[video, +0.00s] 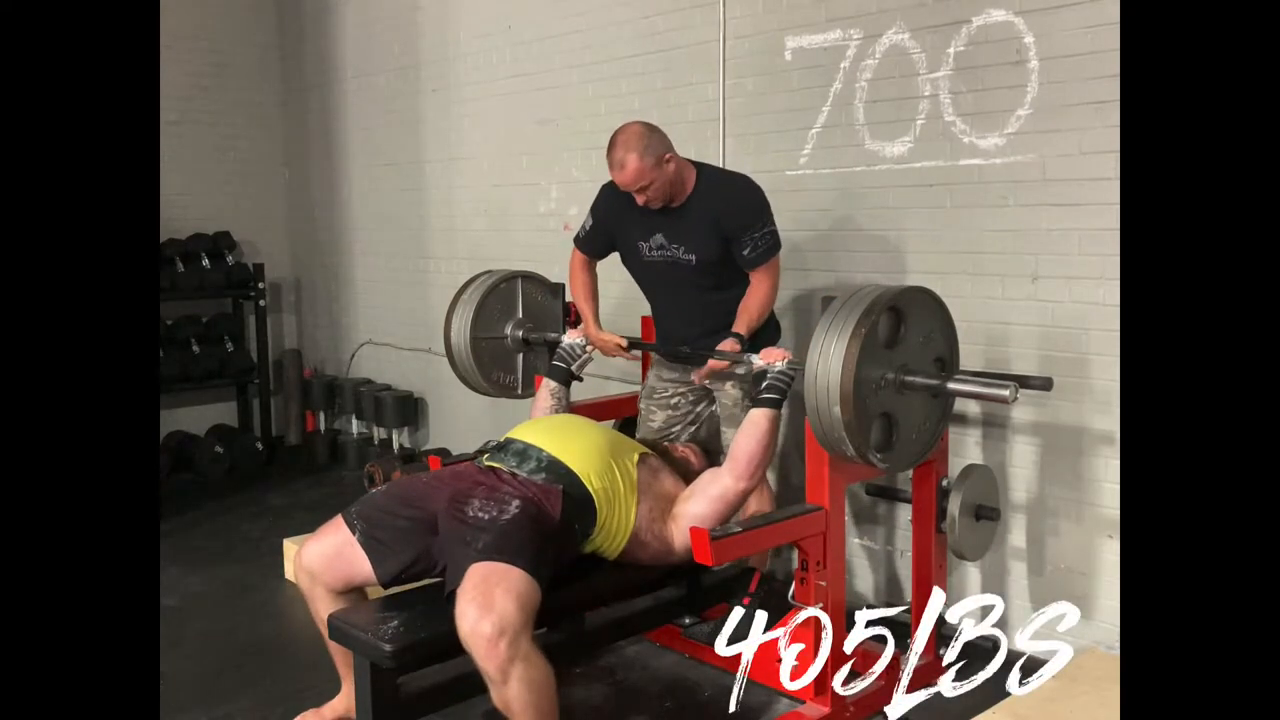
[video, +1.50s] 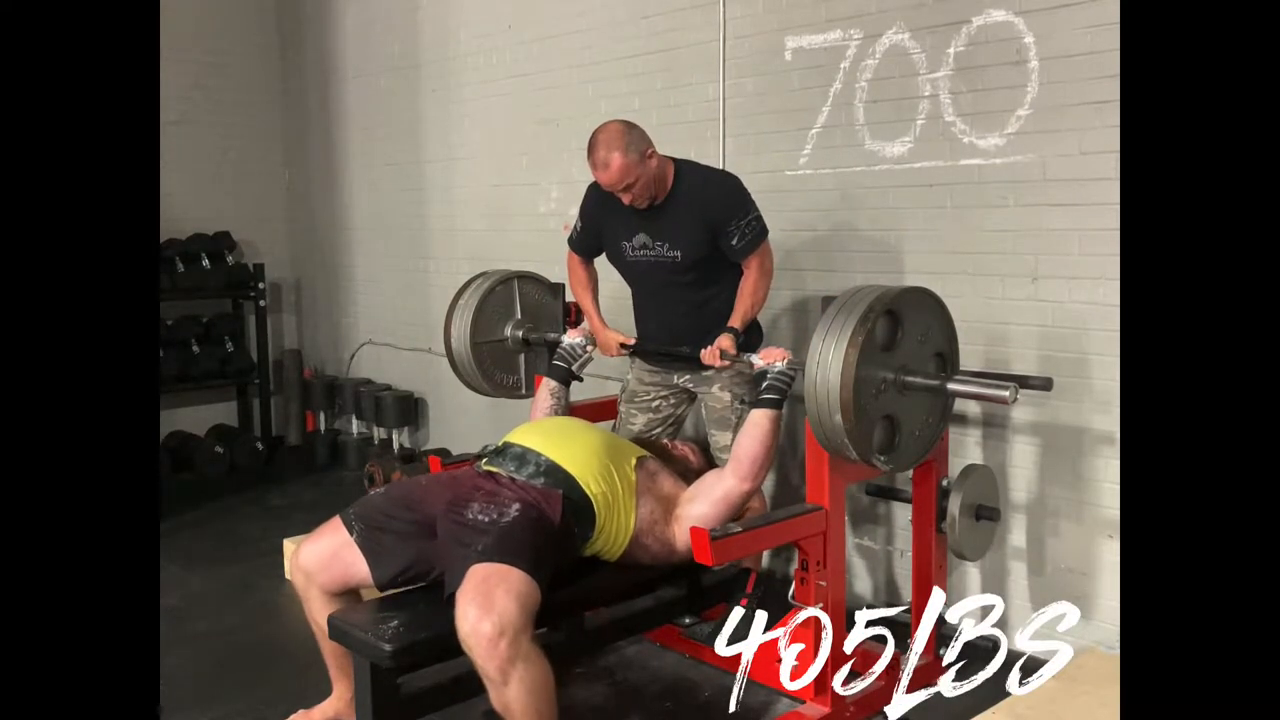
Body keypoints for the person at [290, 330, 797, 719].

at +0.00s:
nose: (684, 445)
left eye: (695, 450)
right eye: (681, 441)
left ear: (702, 475)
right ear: (659, 445)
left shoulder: (677, 513)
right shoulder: (598, 447)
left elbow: (741, 474)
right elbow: (535, 434)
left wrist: (768, 394)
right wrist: (558, 370)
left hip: (525, 499)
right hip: (455, 477)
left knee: (490, 628)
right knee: (315, 561)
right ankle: (354, 693)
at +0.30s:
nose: (681, 447)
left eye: (692, 451)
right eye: (677, 443)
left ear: (701, 476)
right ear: (657, 447)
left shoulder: (679, 512)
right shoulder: (597, 448)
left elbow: (744, 473)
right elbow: (537, 432)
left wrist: (771, 391)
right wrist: (560, 367)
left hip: (524, 502)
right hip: (455, 479)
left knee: (492, 628)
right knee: (314, 562)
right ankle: (352, 694)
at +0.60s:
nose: (681, 445)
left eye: (692, 451)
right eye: (678, 442)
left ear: (701, 476)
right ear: (658, 446)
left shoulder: (679, 511)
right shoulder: (599, 449)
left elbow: (744, 472)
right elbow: (536, 438)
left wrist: (772, 393)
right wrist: (560, 371)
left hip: (525, 502)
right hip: (454, 481)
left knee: (491, 628)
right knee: (313, 562)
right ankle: (350, 695)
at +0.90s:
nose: (681, 441)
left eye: (692, 447)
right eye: (678, 438)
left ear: (700, 474)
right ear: (656, 444)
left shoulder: (680, 510)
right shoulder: (597, 450)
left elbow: (745, 475)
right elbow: (536, 433)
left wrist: (772, 390)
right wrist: (561, 368)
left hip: (529, 505)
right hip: (458, 483)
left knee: (488, 628)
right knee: (309, 561)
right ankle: (345, 697)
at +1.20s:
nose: (680, 440)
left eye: (691, 447)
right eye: (676, 437)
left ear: (700, 474)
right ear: (656, 445)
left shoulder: (681, 510)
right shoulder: (597, 452)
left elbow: (745, 473)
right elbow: (540, 430)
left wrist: (771, 390)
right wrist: (561, 367)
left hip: (528, 507)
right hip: (458, 484)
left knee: (488, 630)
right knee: (307, 561)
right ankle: (344, 697)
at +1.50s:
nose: (679, 441)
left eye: (690, 448)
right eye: (677, 438)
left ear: (699, 475)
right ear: (655, 443)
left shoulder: (679, 508)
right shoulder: (596, 449)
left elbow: (745, 475)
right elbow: (534, 436)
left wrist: (770, 392)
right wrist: (559, 370)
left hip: (528, 503)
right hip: (457, 481)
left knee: (489, 628)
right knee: (311, 561)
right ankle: (343, 697)